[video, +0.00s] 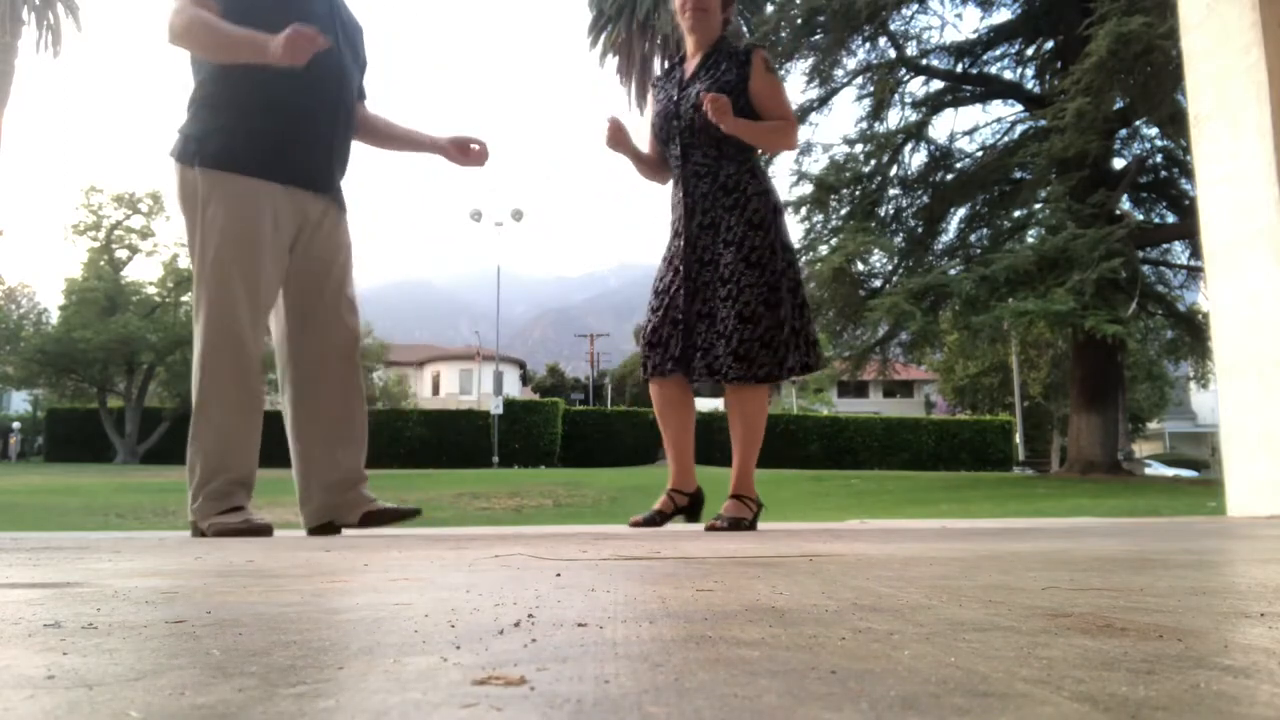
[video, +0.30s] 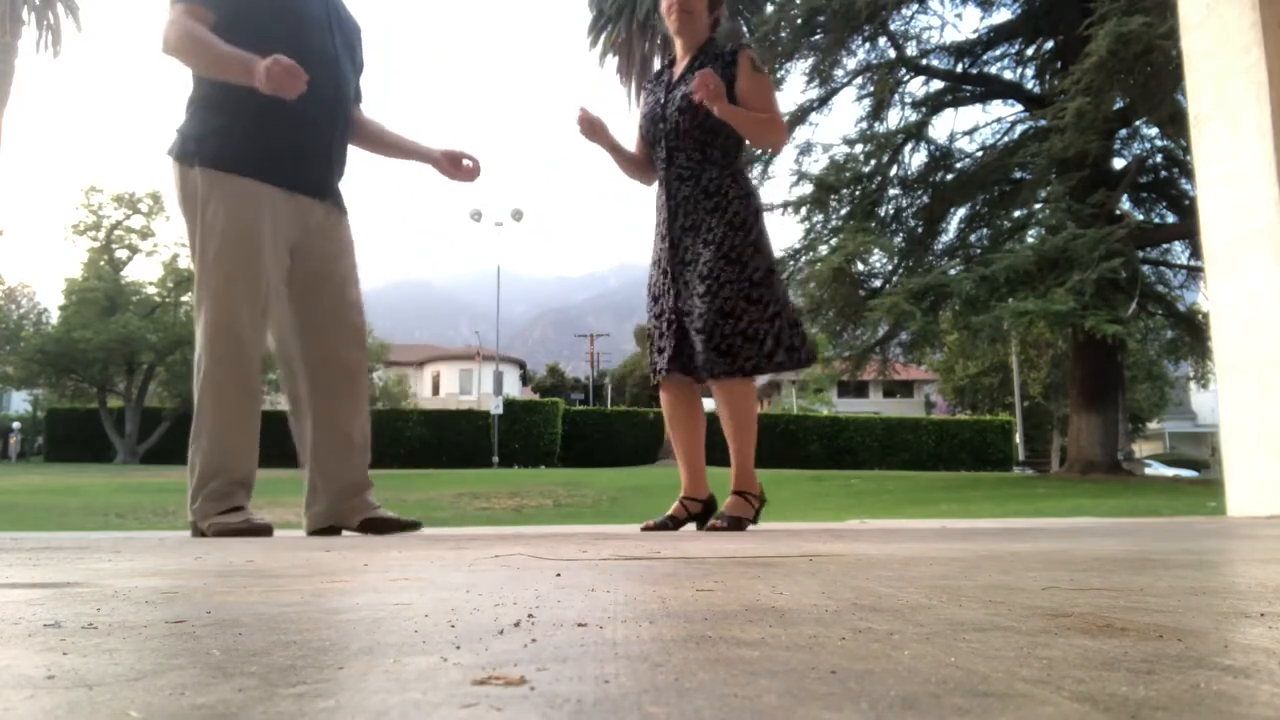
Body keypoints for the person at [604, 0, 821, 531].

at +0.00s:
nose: (690, 5)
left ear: (726, 7)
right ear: (671, 9)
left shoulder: (748, 61)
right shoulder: (666, 82)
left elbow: (787, 134)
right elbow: (661, 170)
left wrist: (733, 125)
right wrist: (628, 147)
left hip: (744, 223)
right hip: (689, 226)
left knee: (745, 350)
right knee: (663, 346)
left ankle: (742, 494)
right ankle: (682, 487)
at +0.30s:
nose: (673, 5)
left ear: (712, 6)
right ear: (658, 11)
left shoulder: (736, 60)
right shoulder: (659, 81)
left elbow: (775, 134)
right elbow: (645, 170)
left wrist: (724, 109)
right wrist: (606, 140)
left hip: (724, 221)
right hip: (674, 225)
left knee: (723, 353)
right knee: (672, 360)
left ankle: (745, 490)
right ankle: (694, 494)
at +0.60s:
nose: (658, 8)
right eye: (657, 2)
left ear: (701, 5)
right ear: (664, 15)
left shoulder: (736, 57)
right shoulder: (673, 83)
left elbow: (776, 130)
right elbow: (673, 180)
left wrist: (710, 125)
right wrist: (622, 162)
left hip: (725, 220)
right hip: (679, 223)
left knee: (713, 356)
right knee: (668, 357)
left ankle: (756, 494)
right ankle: (693, 495)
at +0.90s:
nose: (657, 8)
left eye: (667, 1)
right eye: (658, 2)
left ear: (699, 8)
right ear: (672, 15)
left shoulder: (732, 58)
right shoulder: (666, 92)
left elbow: (771, 126)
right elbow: (648, 174)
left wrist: (707, 118)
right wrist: (599, 140)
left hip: (739, 224)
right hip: (686, 231)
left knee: (746, 357)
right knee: (665, 360)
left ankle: (758, 495)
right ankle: (687, 491)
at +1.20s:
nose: (661, 10)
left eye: (671, 2)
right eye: (659, 4)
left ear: (705, 5)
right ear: (665, 13)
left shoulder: (736, 62)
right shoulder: (657, 83)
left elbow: (782, 131)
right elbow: (604, 144)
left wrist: (762, 80)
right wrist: (560, 98)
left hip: (727, 221)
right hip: (674, 227)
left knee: (729, 348)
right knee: (668, 361)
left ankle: (767, 484)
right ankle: (687, 494)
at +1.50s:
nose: (686, 14)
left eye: (697, 5)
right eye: (687, 6)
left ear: (730, 14)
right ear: (703, 22)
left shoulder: (773, 70)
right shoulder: (701, 99)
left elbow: (805, 147)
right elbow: (647, 166)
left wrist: (749, 145)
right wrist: (570, 159)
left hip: (762, 237)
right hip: (711, 240)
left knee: (750, 363)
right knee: (674, 362)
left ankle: (827, 490)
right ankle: (684, 497)